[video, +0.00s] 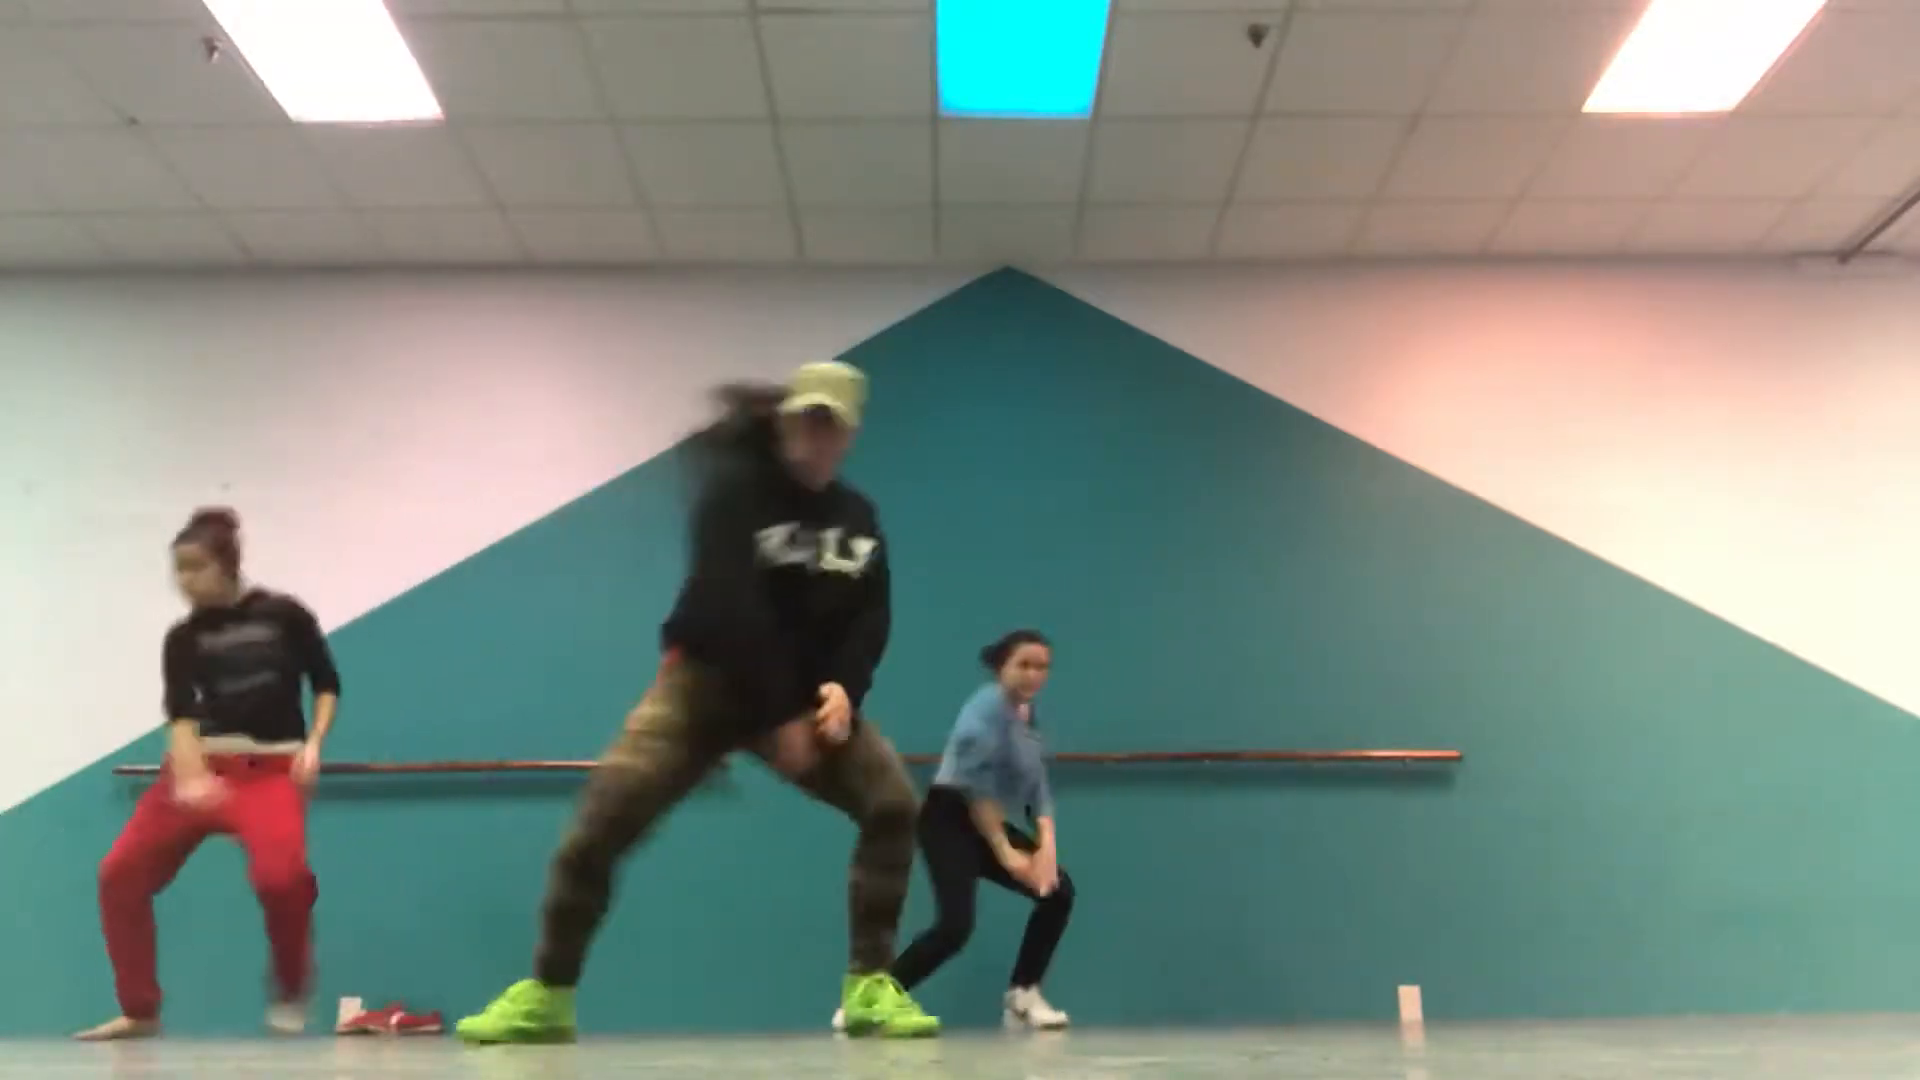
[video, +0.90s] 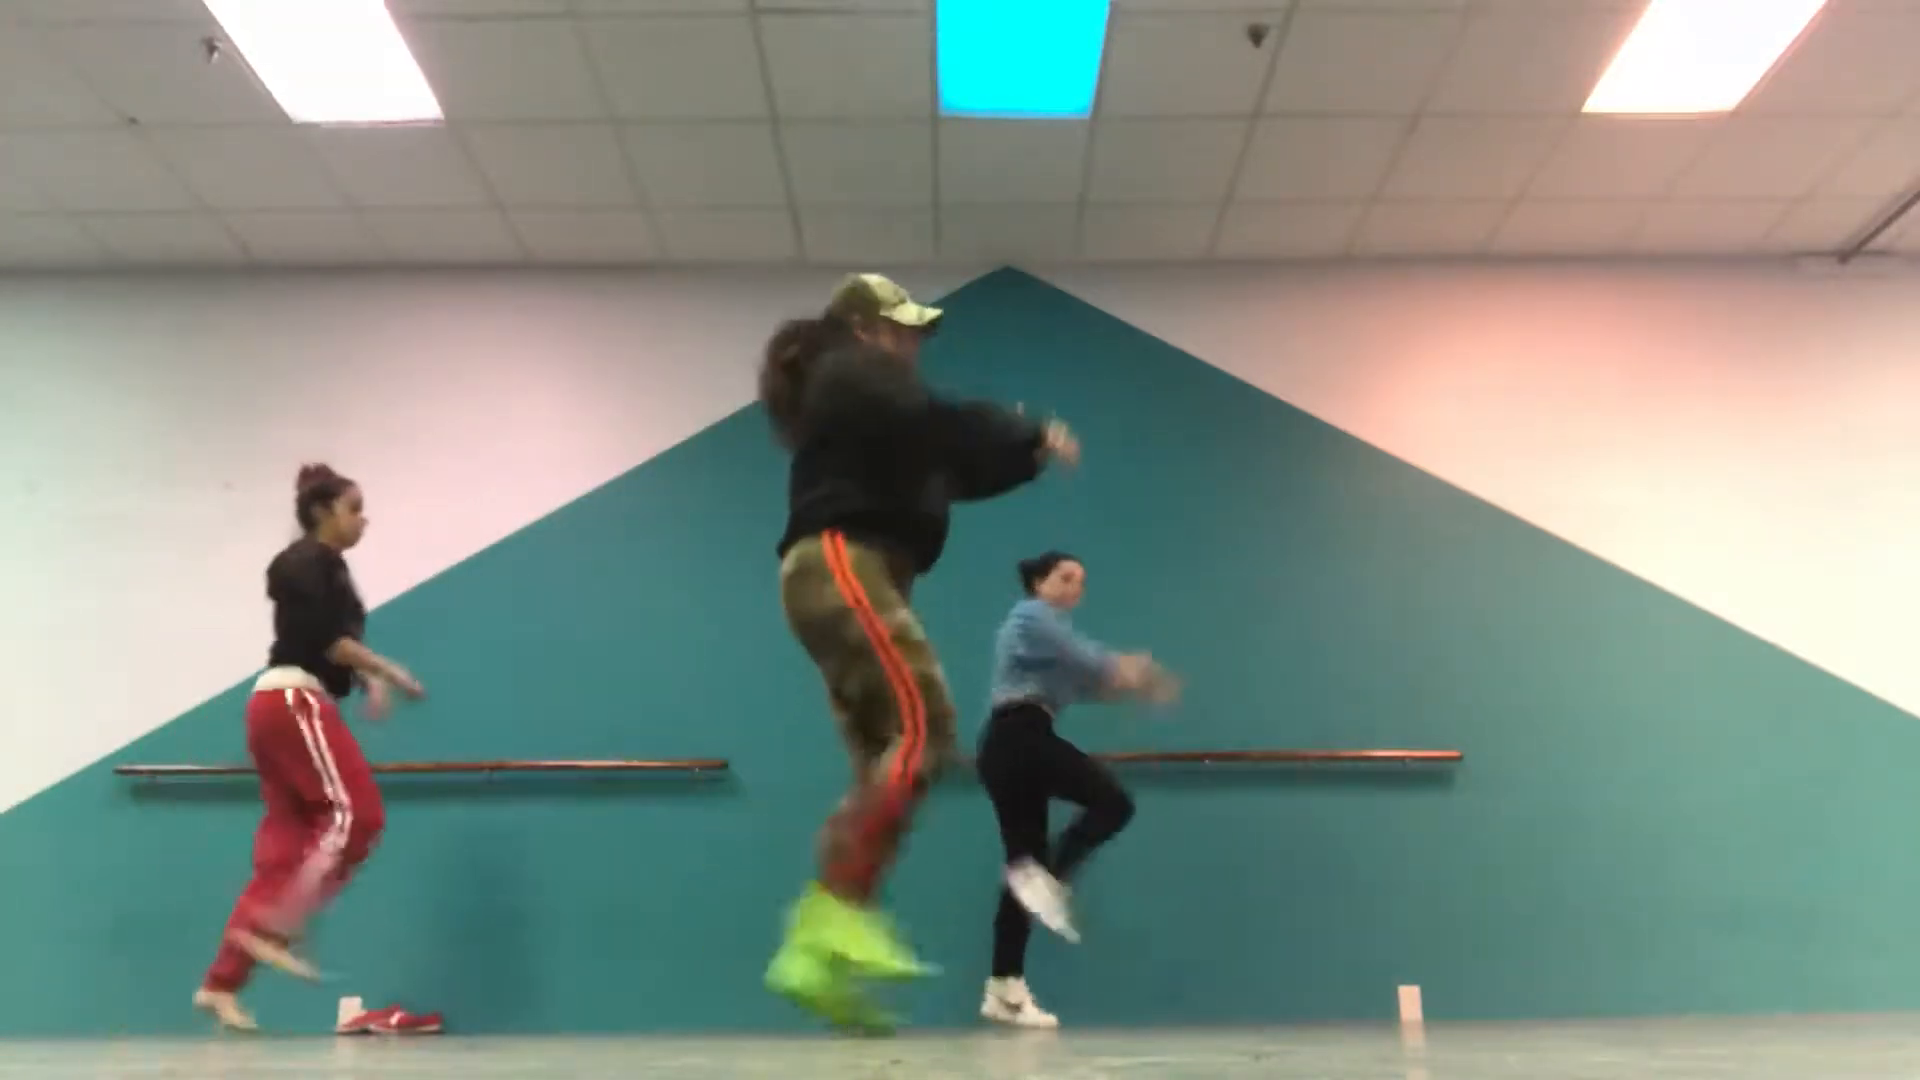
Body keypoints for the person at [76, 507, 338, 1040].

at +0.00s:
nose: (184, 579)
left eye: (194, 566)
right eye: (179, 567)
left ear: (227, 563)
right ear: (178, 570)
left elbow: (327, 684)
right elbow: (181, 716)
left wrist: (313, 745)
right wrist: (189, 775)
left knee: (282, 879)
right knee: (121, 874)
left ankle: (290, 995)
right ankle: (139, 1012)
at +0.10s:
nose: (227, 554)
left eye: (238, 542)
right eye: (221, 543)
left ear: (267, 543)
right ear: (214, 544)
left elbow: (326, 669)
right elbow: (208, 687)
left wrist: (317, 718)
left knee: (286, 882)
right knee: (145, 867)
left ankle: (256, 1011)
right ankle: (122, 1000)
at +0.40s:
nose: (311, 533)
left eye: (311, 525)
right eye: (302, 523)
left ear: (287, 533)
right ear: (268, 528)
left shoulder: (287, 595)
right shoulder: (246, 581)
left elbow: (309, 663)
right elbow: (267, 667)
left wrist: (337, 694)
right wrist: (320, 698)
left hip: (258, 751)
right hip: (215, 744)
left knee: (284, 876)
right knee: (209, 875)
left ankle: (243, 1014)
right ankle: (141, 1014)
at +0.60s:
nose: (326, 535)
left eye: (325, 526)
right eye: (316, 526)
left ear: (296, 532)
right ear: (287, 531)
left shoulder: (293, 591)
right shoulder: (272, 584)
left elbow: (284, 684)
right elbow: (267, 680)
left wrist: (310, 757)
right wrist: (307, 750)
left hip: (279, 741)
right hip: (245, 735)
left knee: (282, 874)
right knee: (238, 867)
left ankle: (204, 1005)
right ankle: (142, 992)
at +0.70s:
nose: (333, 550)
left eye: (333, 540)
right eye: (323, 539)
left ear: (314, 547)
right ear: (291, 545)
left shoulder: (305, 607)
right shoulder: (275, 596)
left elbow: (286, 683)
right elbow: (253, 671)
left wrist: (320, 729)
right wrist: (321, 708)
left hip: (274, 751)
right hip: (252, 747)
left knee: (290, 882)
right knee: (301, 864)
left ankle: (199, 1011)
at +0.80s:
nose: (347, 534)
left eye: (346, 524)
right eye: (338, 523)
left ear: (312, 530)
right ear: (307, 527)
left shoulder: (307, 583)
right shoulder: (292, 576)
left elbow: (296, 663)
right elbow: (289, 649)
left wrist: (337, 697)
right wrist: (351, 673)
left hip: (275, 729)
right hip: (278, 726)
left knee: (272, 884)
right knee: (341, 836)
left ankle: (200, 1006)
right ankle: (206, 862)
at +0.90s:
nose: (362, 519)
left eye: (362, 509)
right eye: (354, 509)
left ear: (332, 513)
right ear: (324, 511)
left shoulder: (327, 567)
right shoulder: (307, 560)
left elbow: (328, 643)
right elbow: (315, 633)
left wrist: (371, 674)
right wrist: (383, 667)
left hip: (279, 704)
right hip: (295, 702)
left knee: (284, 850)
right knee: (354, 815)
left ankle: (221, 984)